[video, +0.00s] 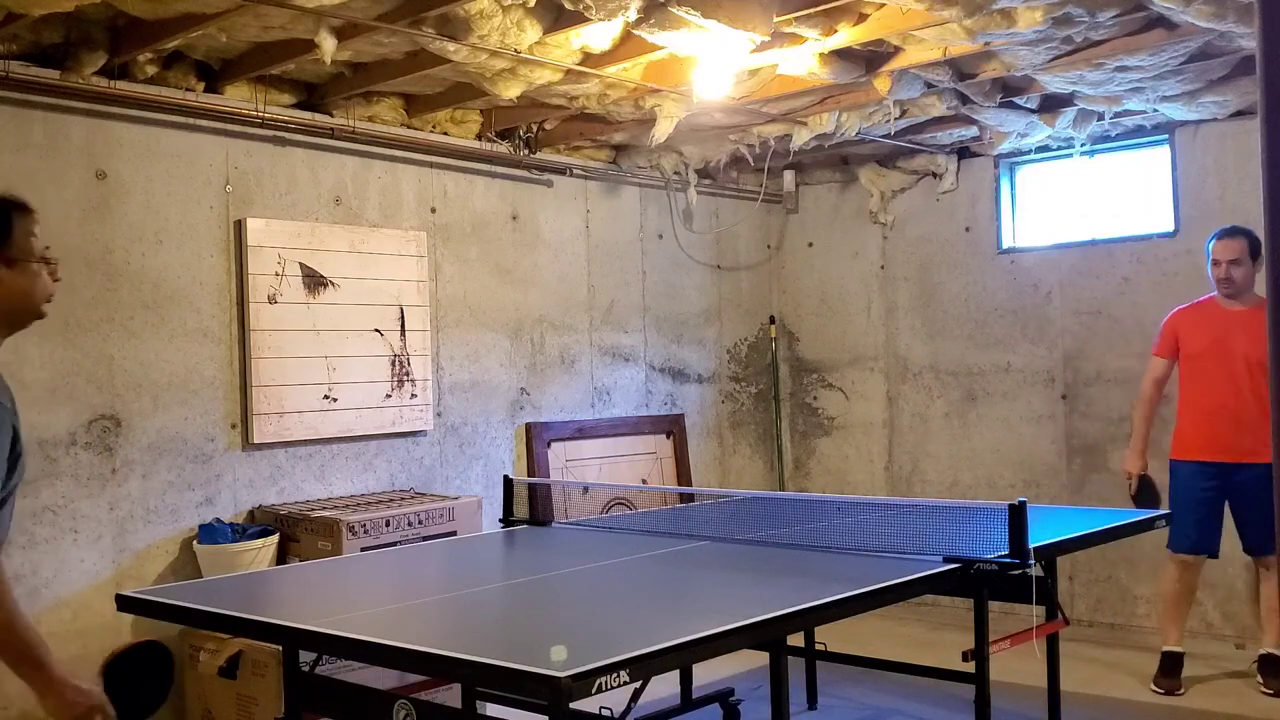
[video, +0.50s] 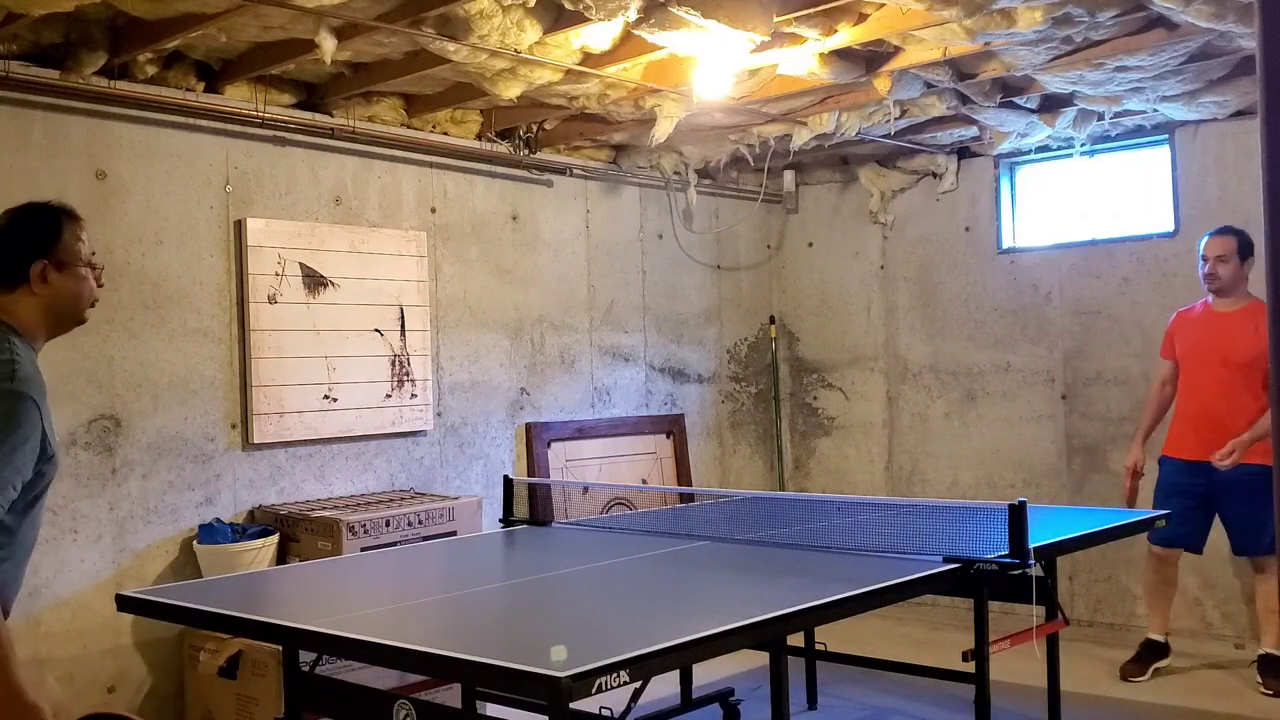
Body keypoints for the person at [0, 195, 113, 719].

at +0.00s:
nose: (53, 274)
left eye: (45, 257)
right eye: (38, 258)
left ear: (9, 265)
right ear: (2, 265)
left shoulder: (5, 398)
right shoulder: (2, 403)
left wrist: (52, 685)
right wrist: (54, 686)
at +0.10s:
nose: (72, 273)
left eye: (65, 258)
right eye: (58, 258)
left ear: (15, 272)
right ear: (13, 273)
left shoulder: (8, 383)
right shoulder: (5, 397)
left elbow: (1, 559)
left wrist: (65, 687)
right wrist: (66, 689)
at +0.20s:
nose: (85, 274)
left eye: (79, 258)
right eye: (71, 259)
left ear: (25, 269)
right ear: (22, 270)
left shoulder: (11, 374)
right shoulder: (8, 389)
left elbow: (5, 561)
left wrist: (49, 694)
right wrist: (53, 696)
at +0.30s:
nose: (93, 274)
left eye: (88, 259)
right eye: (81, 259)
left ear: (36, 272)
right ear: (36, 271)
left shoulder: (15, 372)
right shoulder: (15, 389)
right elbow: (3, 563)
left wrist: (21, 688)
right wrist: (22, 692)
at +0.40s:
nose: (99, 277)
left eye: (95, 262)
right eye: (88, 262)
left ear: (42, 274)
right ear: (42, 274)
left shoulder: (15, 370)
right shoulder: (18, 389)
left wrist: (9, 685)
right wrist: (7, 690)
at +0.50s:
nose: (99, 281)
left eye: (95, 265)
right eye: (88, 265)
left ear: (42, 276)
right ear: (43, 276)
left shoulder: (15, 370)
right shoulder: (17, 390)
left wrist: (15, 690)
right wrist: (15, 693)